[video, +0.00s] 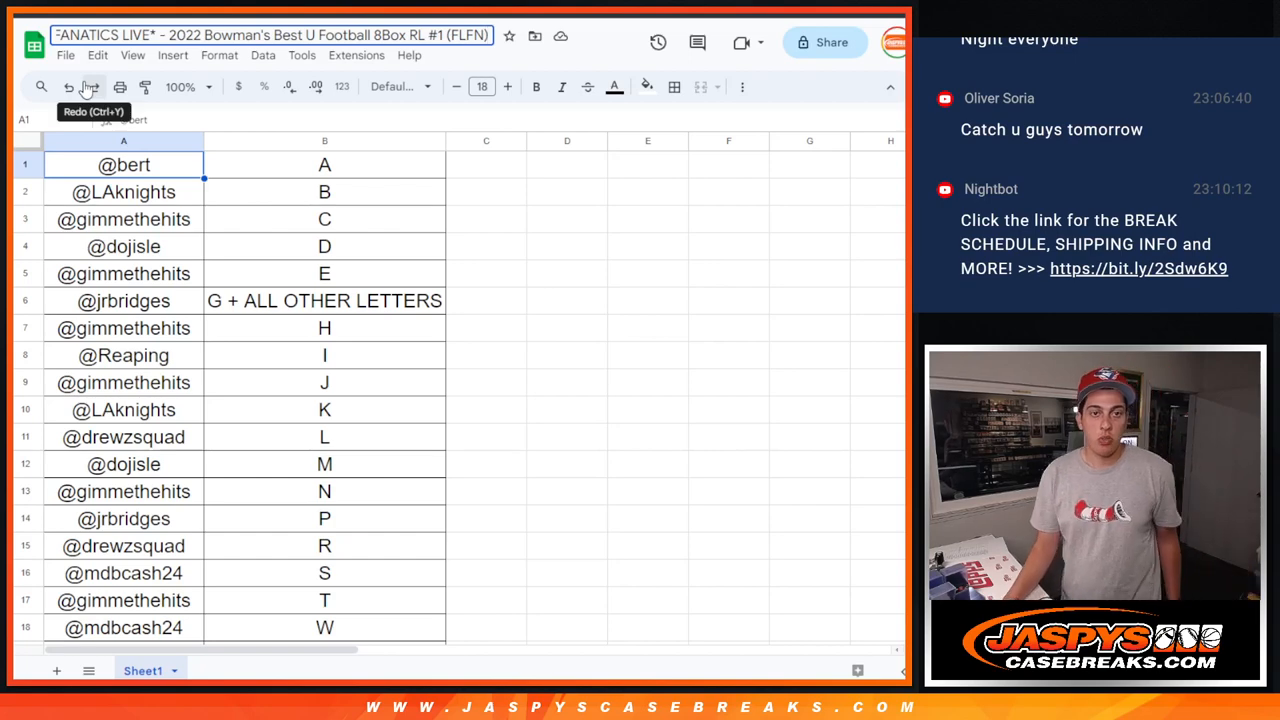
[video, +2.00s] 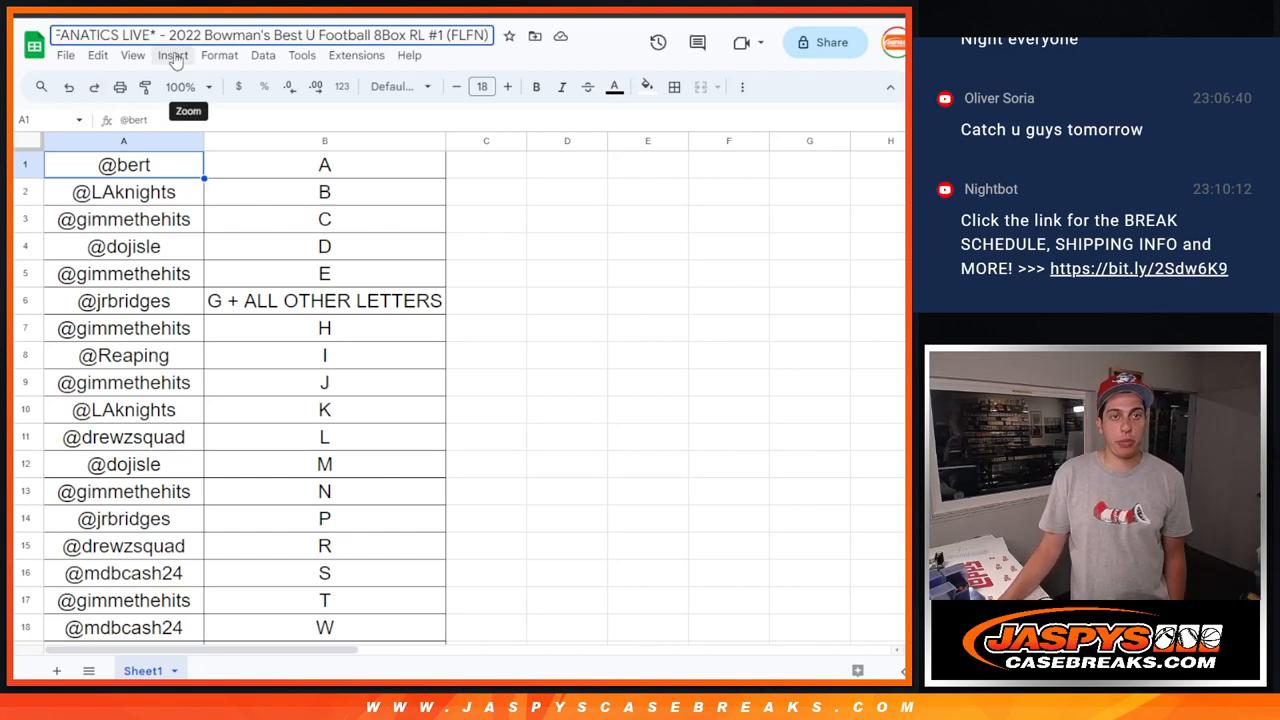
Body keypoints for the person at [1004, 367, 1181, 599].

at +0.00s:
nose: (1106, 424)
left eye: (1116, 413)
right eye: (1096, 412)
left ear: (1127, 419)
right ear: (1080, 419)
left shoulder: (1156, 471)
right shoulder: (1057, 473)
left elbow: (1167, 539)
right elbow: (1044, 546)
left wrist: (1173, 597)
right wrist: (1012, 597)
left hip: (1141, 601)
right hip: (1078, 605)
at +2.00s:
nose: (1126, 427)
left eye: (1136, 415)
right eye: (1115, 416)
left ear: (1146, 421)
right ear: (1100, 424)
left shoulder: (1169, 479)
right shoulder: (1071, 475)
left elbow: (1175, 554)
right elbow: (1049, 548)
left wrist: (1175, 603)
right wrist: (1006, 600)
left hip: (1149, 602)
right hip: (1087, 603)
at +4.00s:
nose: (1129, 427)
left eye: (1138, 415)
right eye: (1117, 416)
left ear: (1150, 421)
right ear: (1102, 424)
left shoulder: (1174, 480)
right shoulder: (1074, 476)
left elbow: (1179, 557)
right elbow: (1051, 548)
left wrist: (1180, 612)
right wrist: (1005, 601)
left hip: (1152, 607)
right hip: (1090, 607)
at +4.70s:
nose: (1127, 428)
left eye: (1137, 415)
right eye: (1115, 417)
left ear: (1149, 421)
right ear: (1101, 425)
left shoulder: (1175, 481)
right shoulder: (1073, 476)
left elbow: (1179, 557)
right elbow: (1051, 549)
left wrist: (1180, 611)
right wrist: (1007, 599)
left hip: (1153, 607)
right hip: (1090, 607)